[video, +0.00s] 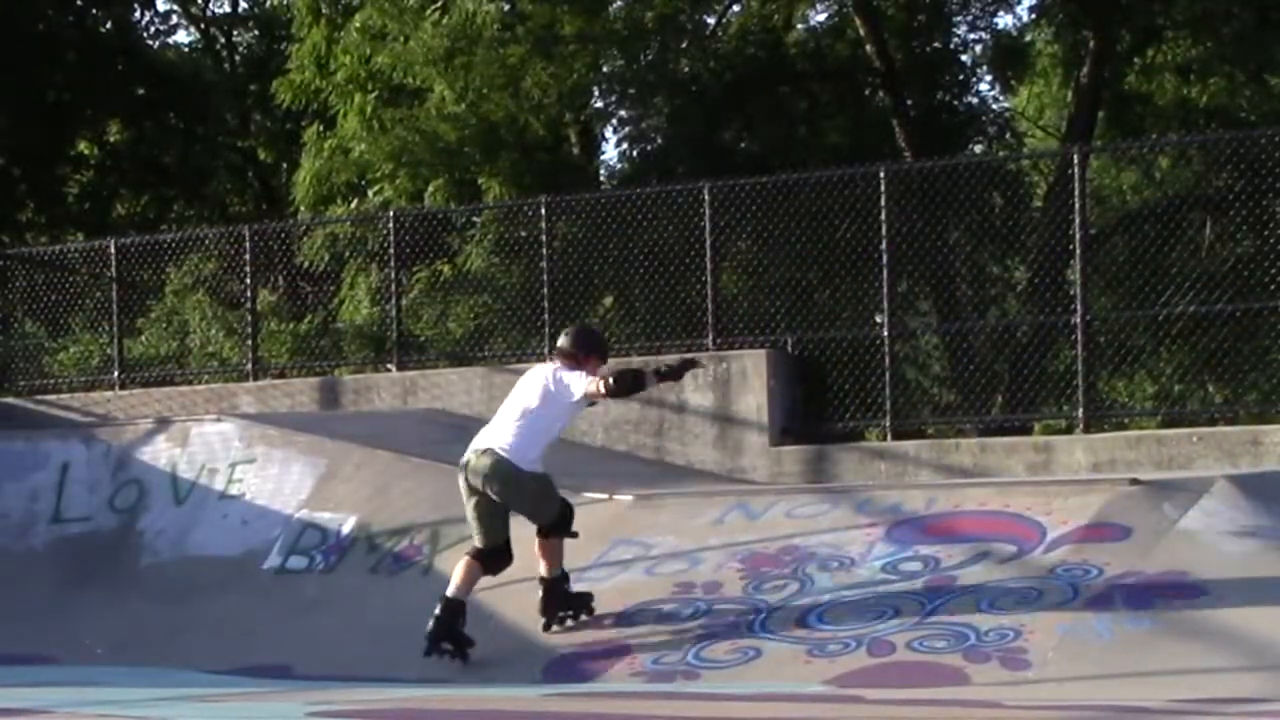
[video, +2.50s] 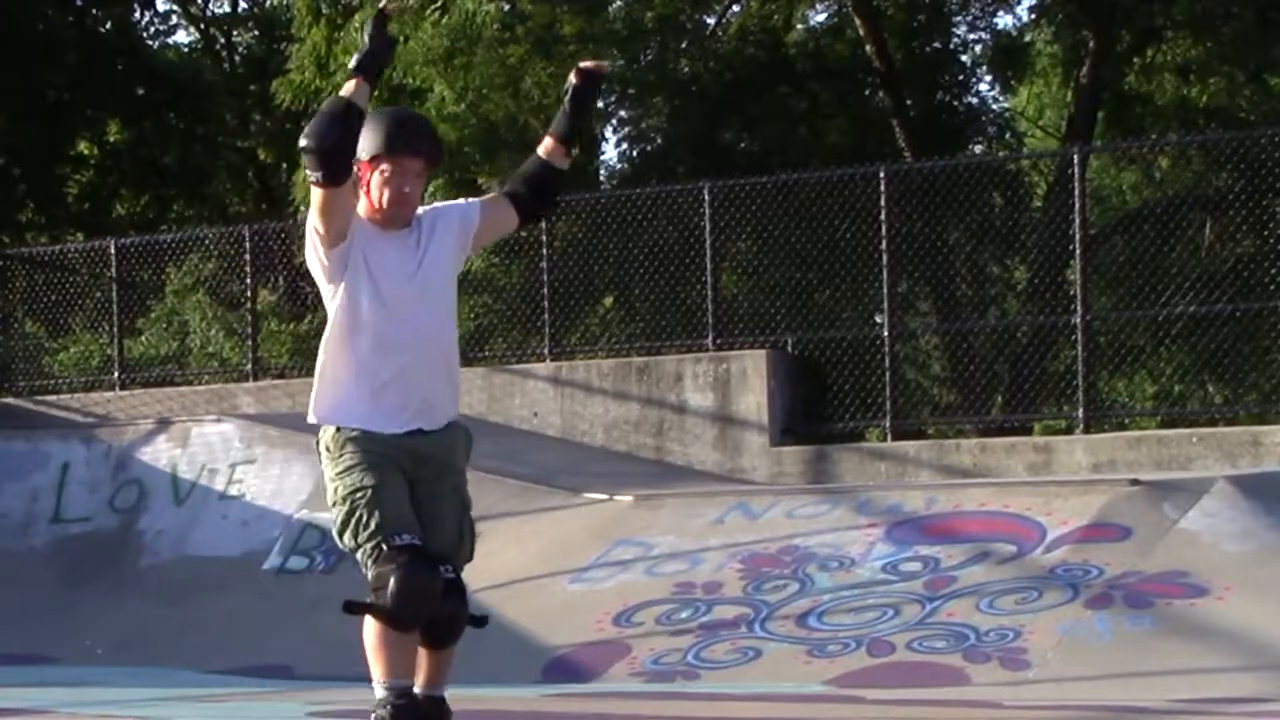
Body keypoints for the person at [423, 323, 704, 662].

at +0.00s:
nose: (599, 372)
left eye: (600, 367)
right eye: (598, 365)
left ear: (563, 353)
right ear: (585, 358)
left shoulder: (537, 372)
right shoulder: (567, 378)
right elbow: (610, 387)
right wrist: (661, 375)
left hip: (471, 462)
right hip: (504, 465)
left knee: (491, 552)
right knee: (556, 517)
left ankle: (446, 619)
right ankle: (555, 596)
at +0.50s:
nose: (335, 409)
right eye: (335, 403)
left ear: (291, 394)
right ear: (329, 399)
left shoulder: (267, 415)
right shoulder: (334, 419)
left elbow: (207, 457)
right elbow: (393, 444)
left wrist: (186, 504)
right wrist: (425, 437)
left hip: (234, 490)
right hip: (281, 493)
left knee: (244, 580)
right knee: (288, 573)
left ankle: (202, 648)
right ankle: (262, 658)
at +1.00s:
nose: (115, 370)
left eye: (116, 364)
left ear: (124, 361)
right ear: (167, 360)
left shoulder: (106, 391)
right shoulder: (188, 393)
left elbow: (68, 463)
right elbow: (240, 450)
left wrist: (81, 501)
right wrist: (254, 489)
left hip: (107, 487)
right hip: (162, 491)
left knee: (101, 585)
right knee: (150, 580)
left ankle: (71, 653)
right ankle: (125, 655)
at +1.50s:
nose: (95, 299)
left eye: (101, 287)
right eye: (91, 291)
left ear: (133, 282)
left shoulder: (149, 317)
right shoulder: (137, 334)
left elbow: (164, 378)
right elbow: (167, 427)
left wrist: (108, 434)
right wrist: (135, 483)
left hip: (214, 450)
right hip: (194, 455)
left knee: (178, 568)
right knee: (160, 571)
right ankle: (197, 682)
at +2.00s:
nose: (226, 273)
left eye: (235, 259)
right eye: (214, 264)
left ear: (259, 254)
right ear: (201, 270)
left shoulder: (292, 279)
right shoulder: (204, 347)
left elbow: (324, 204)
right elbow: (201, 425)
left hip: (332, 456)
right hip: (262, 468)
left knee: (326, 591)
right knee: (279, 568)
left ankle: (300, 697)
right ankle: (270, 689)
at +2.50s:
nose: (406, 190)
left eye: (418, 177)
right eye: (395, 175)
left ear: (429, 180)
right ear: (362, 172)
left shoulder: (448, 227)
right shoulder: (337, 237)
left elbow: (527, 194)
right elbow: (324, 154)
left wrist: (571, 114)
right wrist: (364, 72)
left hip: (437, 434)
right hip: (358, 435)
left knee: (445, 584)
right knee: (395, 578)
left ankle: (430, 702)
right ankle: (391, 704)